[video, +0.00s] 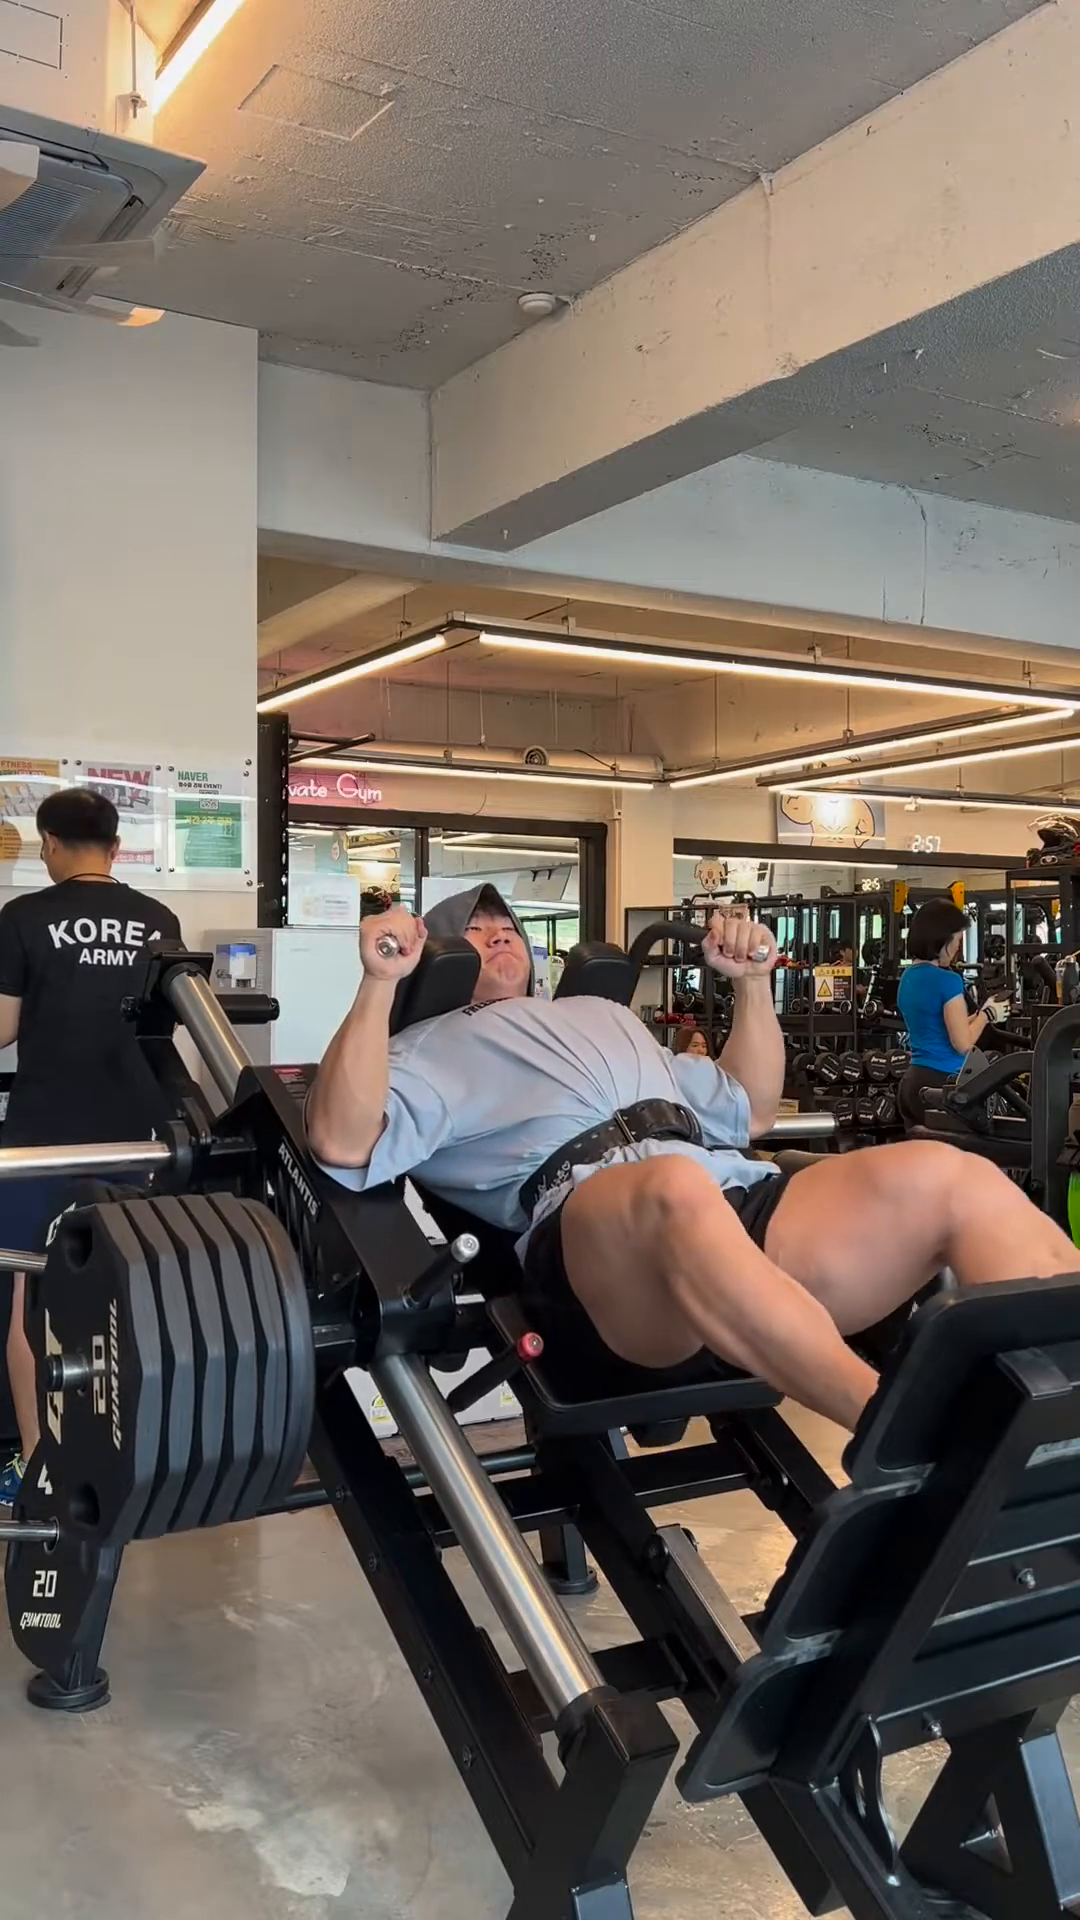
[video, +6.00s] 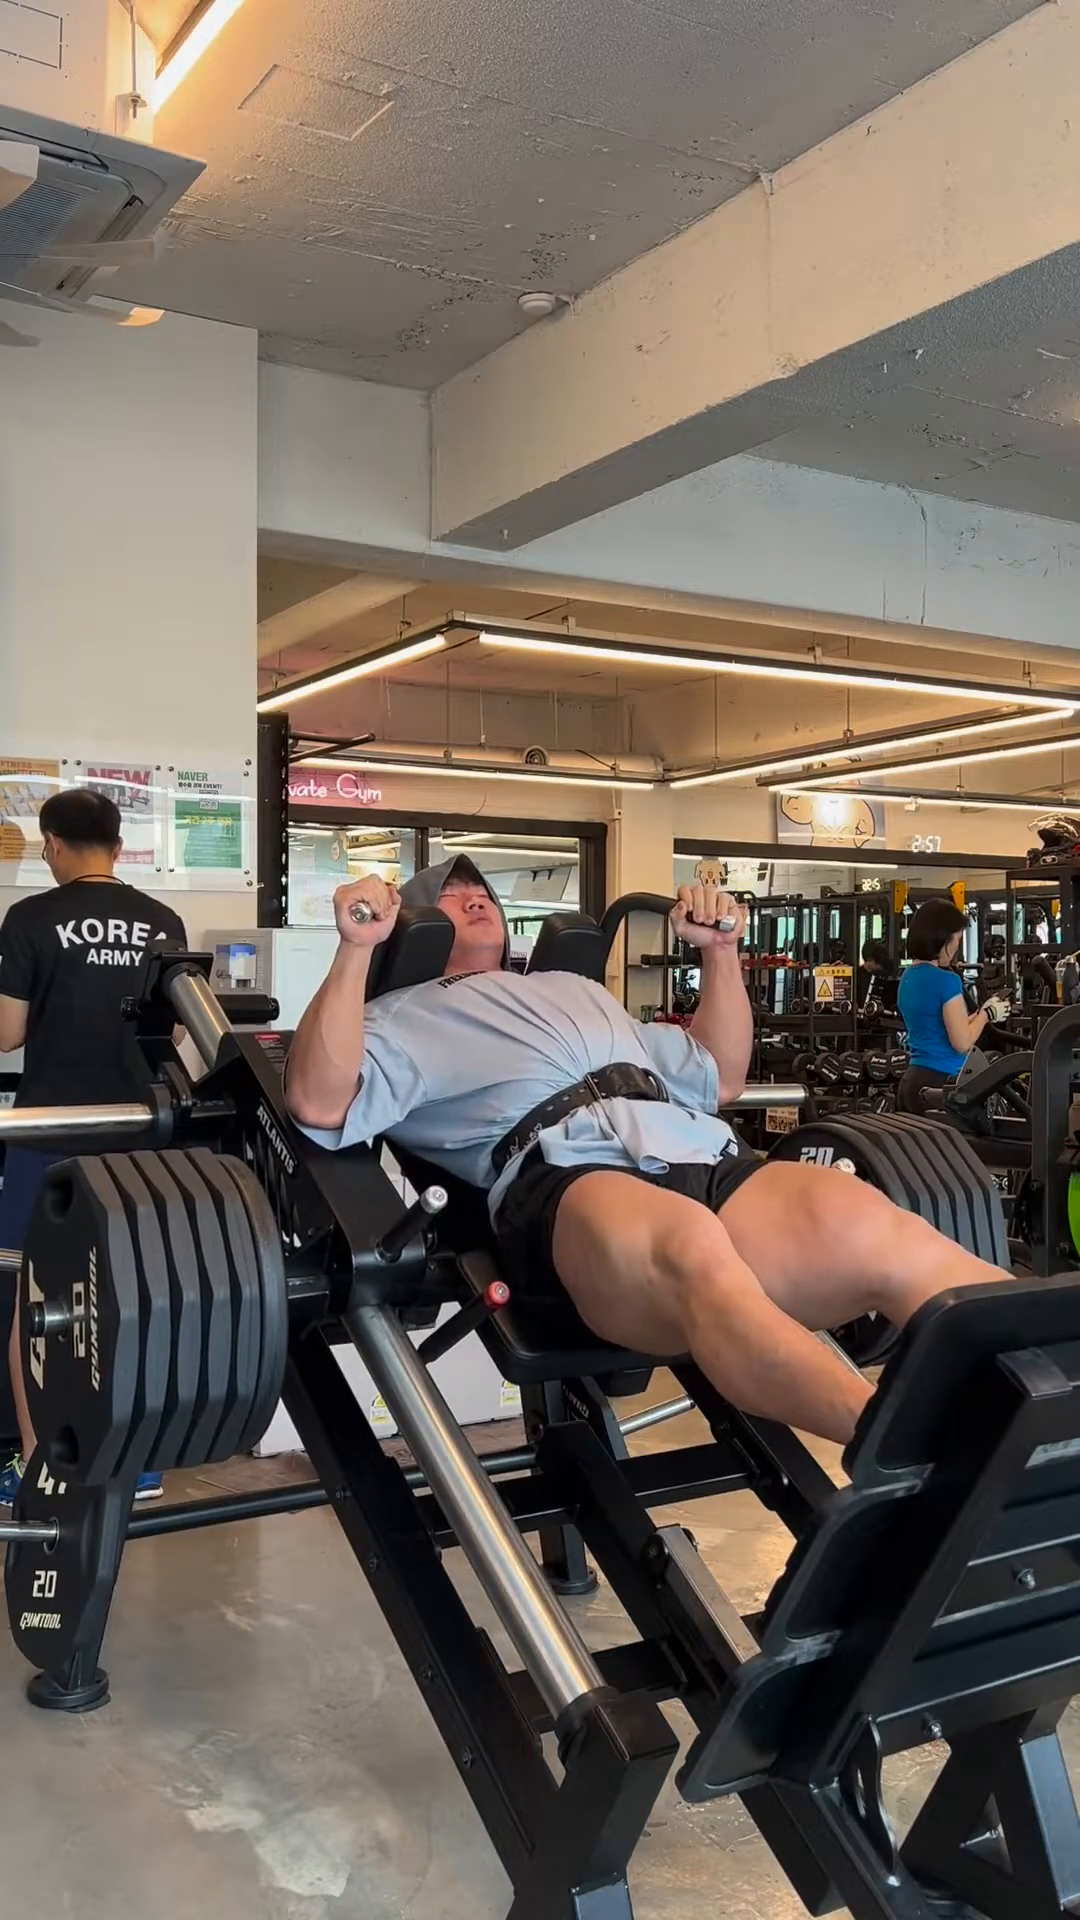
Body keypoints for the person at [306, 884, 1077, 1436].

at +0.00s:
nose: (498, 938)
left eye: (507, 928)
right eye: (474, 935)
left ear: (530, 951)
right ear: (443, 974)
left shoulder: (606, 1021)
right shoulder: (433, 1053)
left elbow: (750, 1107)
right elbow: (342, 1142)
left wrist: (750, 982)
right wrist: (377, 987)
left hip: (745, 1217)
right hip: (590, 1266)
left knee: (950, 1177)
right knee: (672, 1190)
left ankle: (1076, 1383)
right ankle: (898, 1428)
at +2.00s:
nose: (632, 1088)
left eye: (638, 1074)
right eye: (602, 1081)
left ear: (662, 1102)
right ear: (562, 1120)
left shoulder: (757, 1195)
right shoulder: (552, 1240)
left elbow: (901, 1261)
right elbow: (473, 1365)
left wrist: (922, 1151)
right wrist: (517, 1177)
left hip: (933, 1388)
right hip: (785, 1474)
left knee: (1005, 1146)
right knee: (658, 1187)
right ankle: (899, 1425)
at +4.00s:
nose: (516, 958)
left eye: (526, 948)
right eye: (493, 951)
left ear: (552, 974)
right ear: (460, 992)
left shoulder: (624, 1057)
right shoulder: (442, 1078)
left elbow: (774, 1135)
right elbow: (358, 1170)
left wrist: (774, 1009)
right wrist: (399, 1011)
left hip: (776, 1253)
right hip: (623, 1308)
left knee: (976, 1149)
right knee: (667, 1166)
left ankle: (1072, 1382)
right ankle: (896, 1424)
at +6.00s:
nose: (470, 898)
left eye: (480, 893)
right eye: (449, 893)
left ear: (506, 923)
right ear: (418, 932)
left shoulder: (578, 990)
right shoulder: (406, 1017)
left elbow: (716, 1076)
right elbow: (317, 1103)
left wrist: (720, 956)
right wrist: (352, 953)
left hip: (701, 1158)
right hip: (566, 1174)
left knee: (863, 1219)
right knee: (698, 1264)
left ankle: (1057, 1348)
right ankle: (896, 1436)